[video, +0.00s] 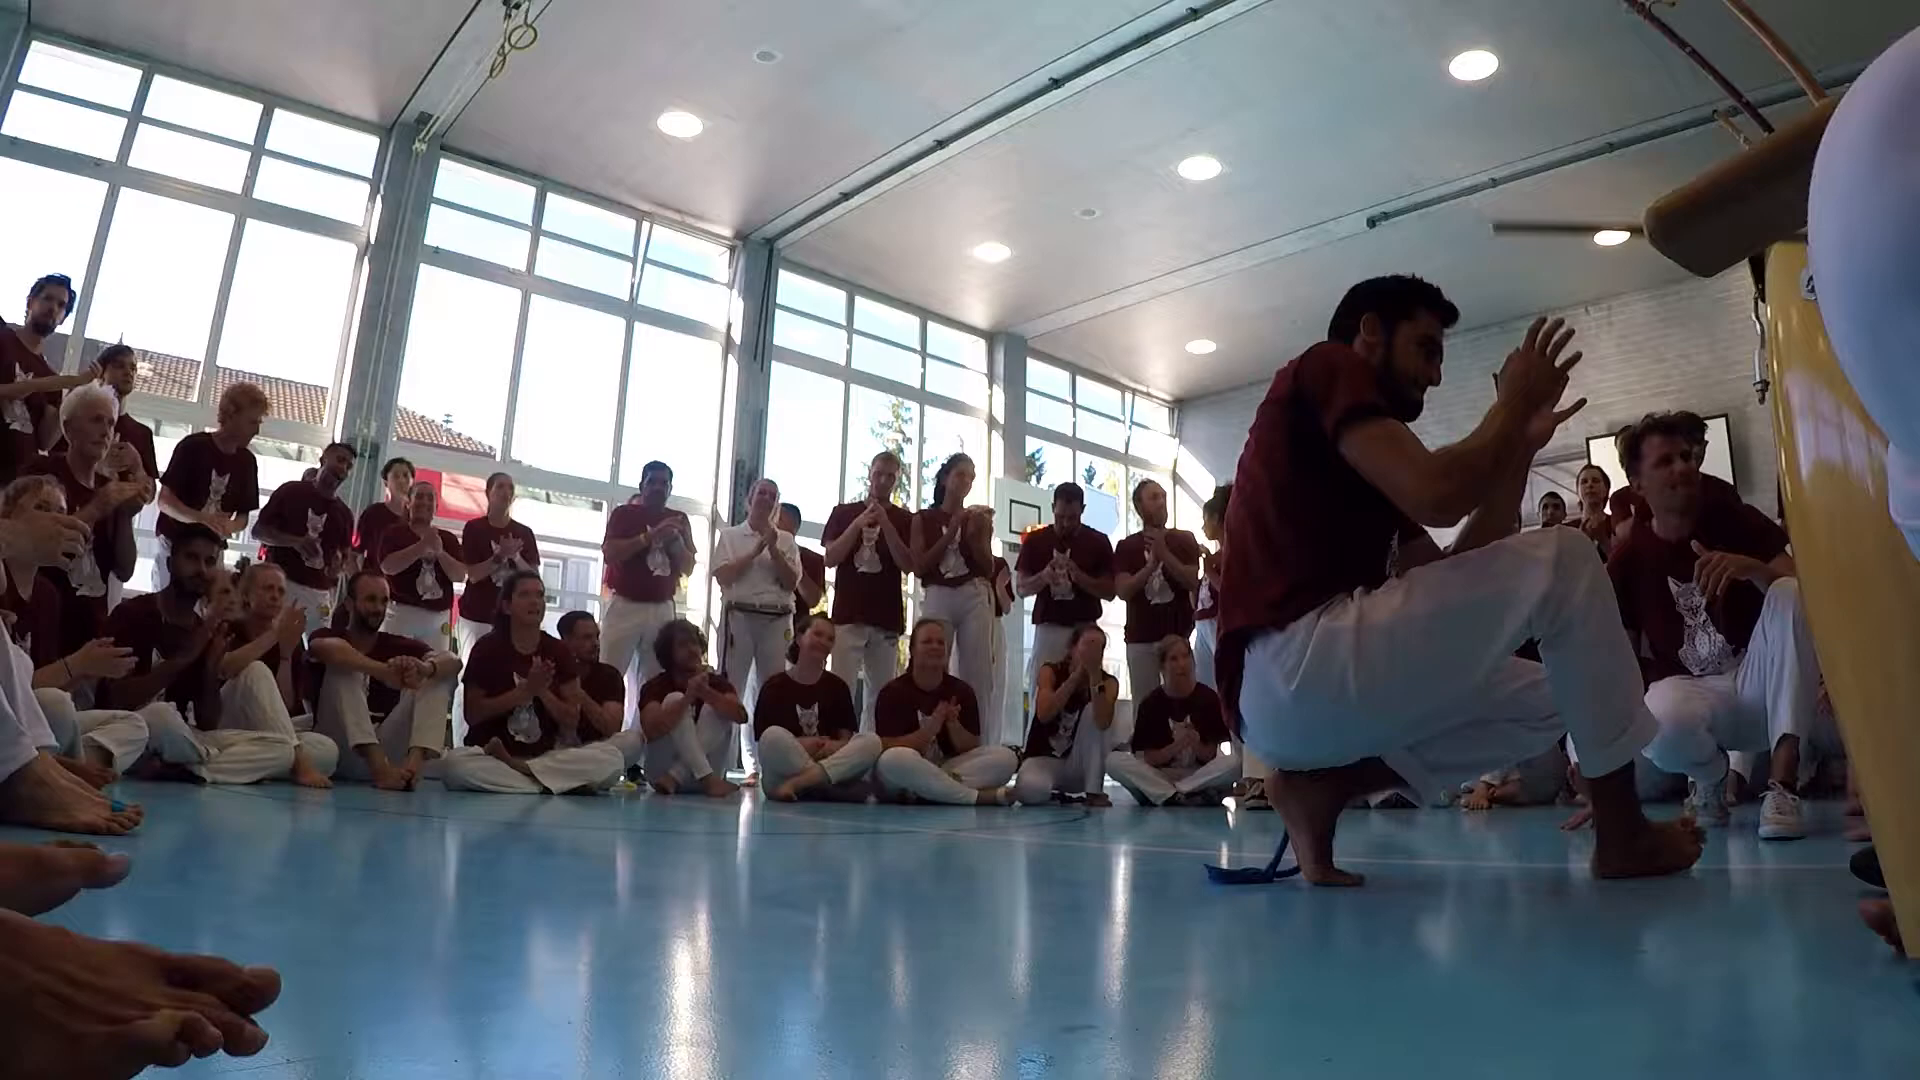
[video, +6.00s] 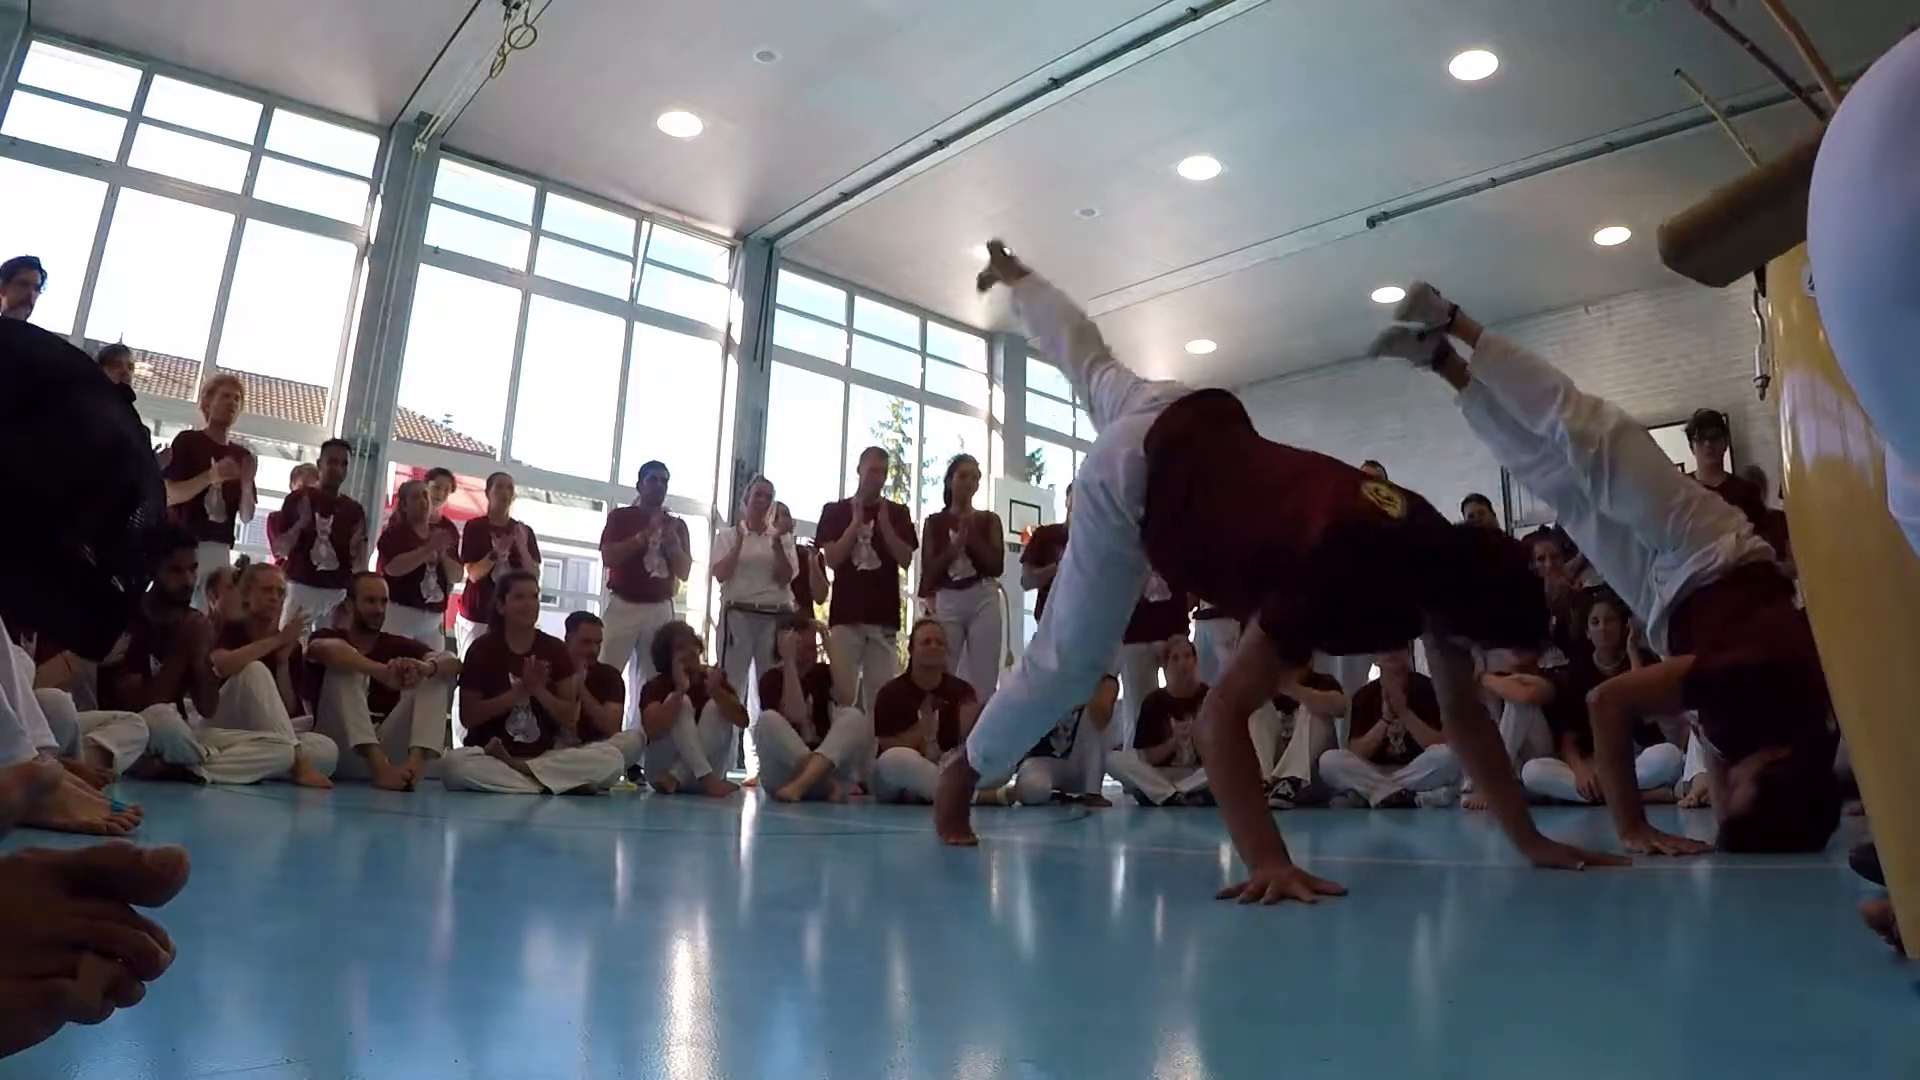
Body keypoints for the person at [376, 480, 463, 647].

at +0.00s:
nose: (425, 502)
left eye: (430, 498)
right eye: (420, 497)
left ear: (436, 506)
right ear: (409, 503)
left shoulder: (448, 538)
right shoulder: (395, 533)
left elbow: (460, 576)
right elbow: (387, 567)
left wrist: (440, 554)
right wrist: (421, 547)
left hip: (437, 615)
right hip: (400, 611)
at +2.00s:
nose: (425, 501)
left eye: (430, 497)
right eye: (420, 496)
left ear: (436, 504)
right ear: (409, 502)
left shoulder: (447, 538)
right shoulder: (395, 532)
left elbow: (459, 576)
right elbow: (388, 567)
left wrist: (447, 552)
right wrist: (422, 544)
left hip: (437, 614)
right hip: (401, 610)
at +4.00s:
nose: (429, 502)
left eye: (432, 497)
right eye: (423, 496)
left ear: (436, 502)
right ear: (407, 501)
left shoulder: (441, 537)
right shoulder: (397, 532)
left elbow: (456, 579)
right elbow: (392, 569)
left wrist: (457, 551)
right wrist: (427, 548)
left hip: (434, 614)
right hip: (401, 610)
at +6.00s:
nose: (424, 502)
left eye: (426, 496)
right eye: (417, 497)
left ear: (431, 500)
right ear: (403, 504)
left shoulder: (440, 534)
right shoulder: (392, 535)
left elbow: (457, 577)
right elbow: (392, 569)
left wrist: (443, 554)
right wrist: (430, 548)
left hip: (434, 615)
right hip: (400, 612)